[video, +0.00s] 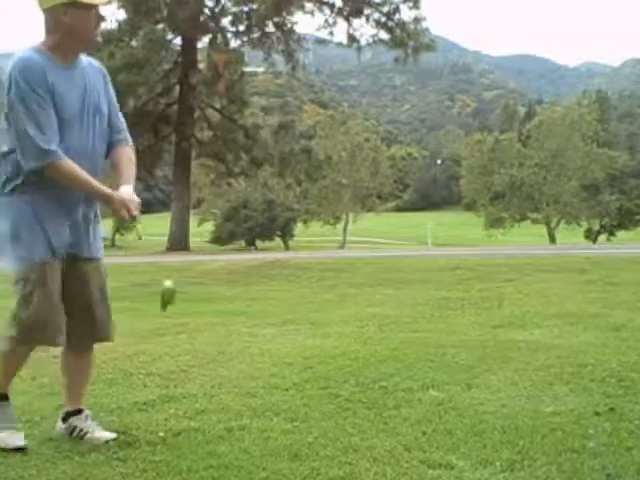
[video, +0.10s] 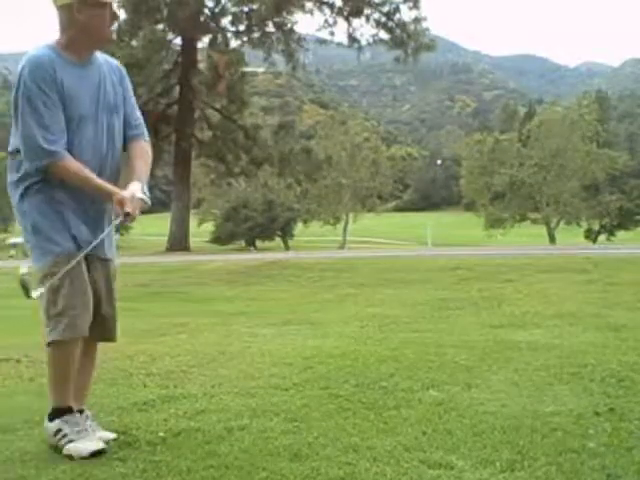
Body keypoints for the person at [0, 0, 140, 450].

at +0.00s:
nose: (101, 20)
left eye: (101, 13)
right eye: (93, 12)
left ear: (72, 19)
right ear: (62, 17)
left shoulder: (96, 72)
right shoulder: (27, 69)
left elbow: (120, 141)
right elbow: (43, 156)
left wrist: (124, 189)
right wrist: (108, 194)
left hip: (82, 217)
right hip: (31, 216)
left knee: (84, 320)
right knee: (36, 320)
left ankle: (73, 414)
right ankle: (0, 395)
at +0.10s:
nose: (114, 16)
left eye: (113, 8)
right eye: (105, 8)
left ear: (94, 16)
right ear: (75, 14)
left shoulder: (113, 71)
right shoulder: (39, 68)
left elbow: (138, 137)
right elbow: (49, 156)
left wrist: (137, 184)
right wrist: (112, 192)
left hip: (97, 212)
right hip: (51, 210)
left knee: (94, 314)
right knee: (69, 310)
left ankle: (77, 413)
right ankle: (60, 418)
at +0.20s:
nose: (126, 15)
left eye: (124, 7)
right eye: (116, 7)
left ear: (105, 17)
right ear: (85, 14)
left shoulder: (129, 70)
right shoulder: (49, 67)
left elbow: (152, 136)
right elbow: (56, 157)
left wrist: (147, 183)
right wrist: (118, 189)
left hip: (110, 215)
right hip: (67, 215)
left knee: (94, 318)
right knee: (100, 313)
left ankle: (75, 415)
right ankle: (128, 422)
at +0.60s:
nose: (193, 9)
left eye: (192, 2)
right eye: (183, 2)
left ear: (179, 10)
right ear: (148, 8)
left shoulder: (197, 57)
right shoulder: (115, 73)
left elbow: (219, 134)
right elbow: (128, 173)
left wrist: (210, 200)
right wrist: (193, 217)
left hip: (186, 224)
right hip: (140, 228)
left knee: (152, 325)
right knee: (165, 328)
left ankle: (97, 400)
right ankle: (205, 445)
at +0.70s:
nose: (210, 7)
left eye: (208, 1)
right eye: (201, 1)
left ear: (197, 8)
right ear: (165, 5)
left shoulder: (214, 48)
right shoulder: (131, 69)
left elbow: (236, 129)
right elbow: (155, 173)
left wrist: (234, 201)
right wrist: (222, 220)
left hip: (207, 224)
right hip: (157, 228)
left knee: (195, 330)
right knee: (175, 339)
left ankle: (135, 386)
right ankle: (205, 445)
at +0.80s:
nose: (223, 6)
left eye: (223, 0)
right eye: (214, 0)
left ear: (214, 6)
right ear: (178, 3)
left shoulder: (227, 44)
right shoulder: (148, 62)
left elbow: (250, 127)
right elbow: (178, 168)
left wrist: (253, 199)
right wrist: (242, 217)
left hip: (227, 217)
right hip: (173, 220)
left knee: (230, 321)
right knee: (183, 336)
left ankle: (177, 382)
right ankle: (205, 444)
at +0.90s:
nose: (225, 7)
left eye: (227, 0)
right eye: (215, 1)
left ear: (227, 2)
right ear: (184, 2)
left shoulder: (242, 36)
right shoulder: (159, 59)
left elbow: (265, 120)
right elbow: (190, 165)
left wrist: (266, 199)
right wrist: (256, 215)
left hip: (238, 216)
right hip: (180, 223)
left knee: (268, 317)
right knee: (182, 340)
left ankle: (238, 403)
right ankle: (205, 445)